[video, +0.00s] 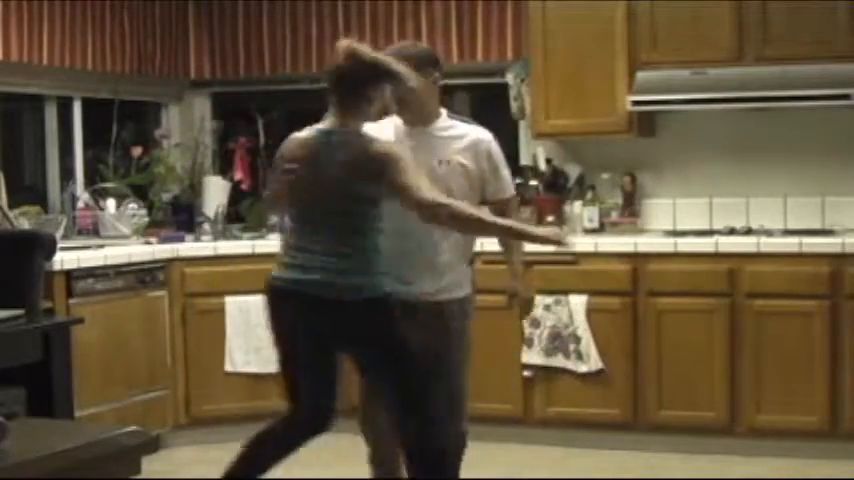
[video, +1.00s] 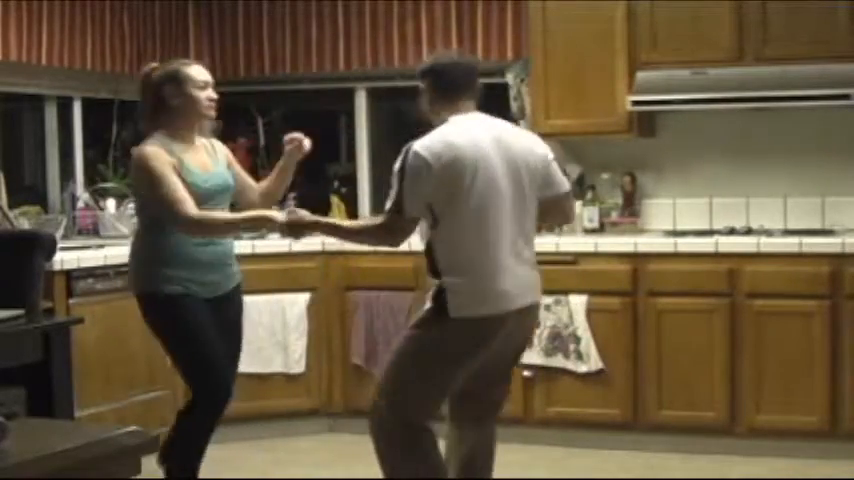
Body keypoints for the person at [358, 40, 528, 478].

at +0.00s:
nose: (397, 90)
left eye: (407, 80)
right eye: (392, 80)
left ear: (436, 80)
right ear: (383, 84)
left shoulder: (475, 142)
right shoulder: (374, 135)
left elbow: (505, 213)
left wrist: (517, 275)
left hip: (446, 300)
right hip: (381, 297)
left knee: (445, 425)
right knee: (379, 414)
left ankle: (439, 475)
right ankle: (389, 473)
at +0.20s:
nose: (397, 99)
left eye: (407, 88)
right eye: (390, 91)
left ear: (439, 82)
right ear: (385, 93)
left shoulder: (480, 149)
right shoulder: (380, 141)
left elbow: (501, 223)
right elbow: (346, 204)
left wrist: (482, 281)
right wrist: (348, 158)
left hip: (457, 304)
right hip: (389, 300)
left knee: (468, 405)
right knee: (395, 410)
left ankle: (449, 472)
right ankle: (409, 473)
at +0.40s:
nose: (381, 103)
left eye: (390, 93)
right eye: (378, 93)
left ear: (423, 87)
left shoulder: (467, 147)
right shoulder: (392, 139)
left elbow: (470, 237)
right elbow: (375, 207)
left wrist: (395, 282)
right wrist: (327, 187)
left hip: (446, 308)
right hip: (394, 305)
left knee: (439, 412)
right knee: (387, 414)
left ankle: (464, 474)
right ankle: (403, 477)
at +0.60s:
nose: (380, 106)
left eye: (384, 95)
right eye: (378, 96)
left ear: (408, 88)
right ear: (418, 89)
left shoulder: (435, 148)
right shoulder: (444, 135)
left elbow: (395, 231)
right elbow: (405, 208)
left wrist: (317, 246)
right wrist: (355, 193)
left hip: (459, 308)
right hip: (437, 302)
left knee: (432, 425)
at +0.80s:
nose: (388, 106)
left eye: (390, 95)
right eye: (387, 96)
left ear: (408, 88)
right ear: (440, 87)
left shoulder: (412, 147)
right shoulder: (490, 135)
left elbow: (382, 226)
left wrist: (318, 233)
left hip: (450, 306)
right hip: (492, 299)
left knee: (422, 419)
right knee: (399, 382)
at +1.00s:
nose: (421, 105)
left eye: (421, 95)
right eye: (422, 95)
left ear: (430, 95)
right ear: (476, 93)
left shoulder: (426, 152)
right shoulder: (526, 142)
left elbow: (392, 233)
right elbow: (562, 210)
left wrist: (315, 224)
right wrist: (502, 215)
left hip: (465, 312)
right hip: (523, 308)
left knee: (395, 416)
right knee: (475, 416)